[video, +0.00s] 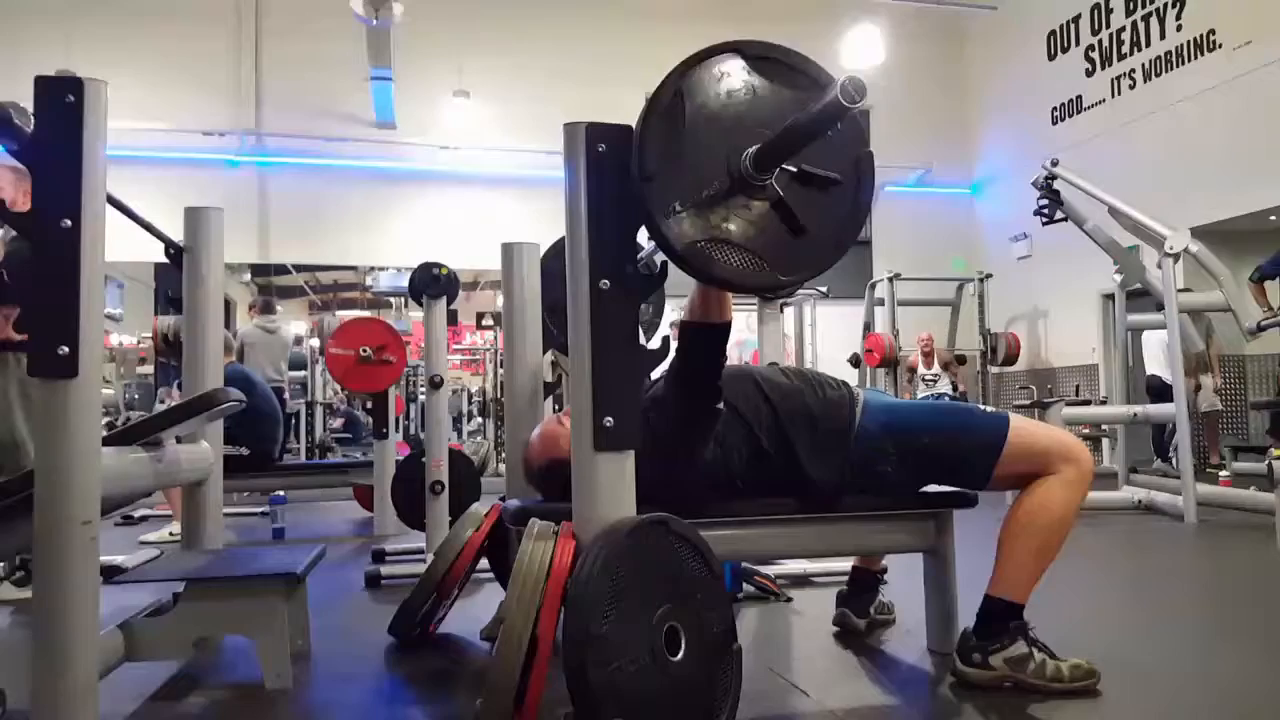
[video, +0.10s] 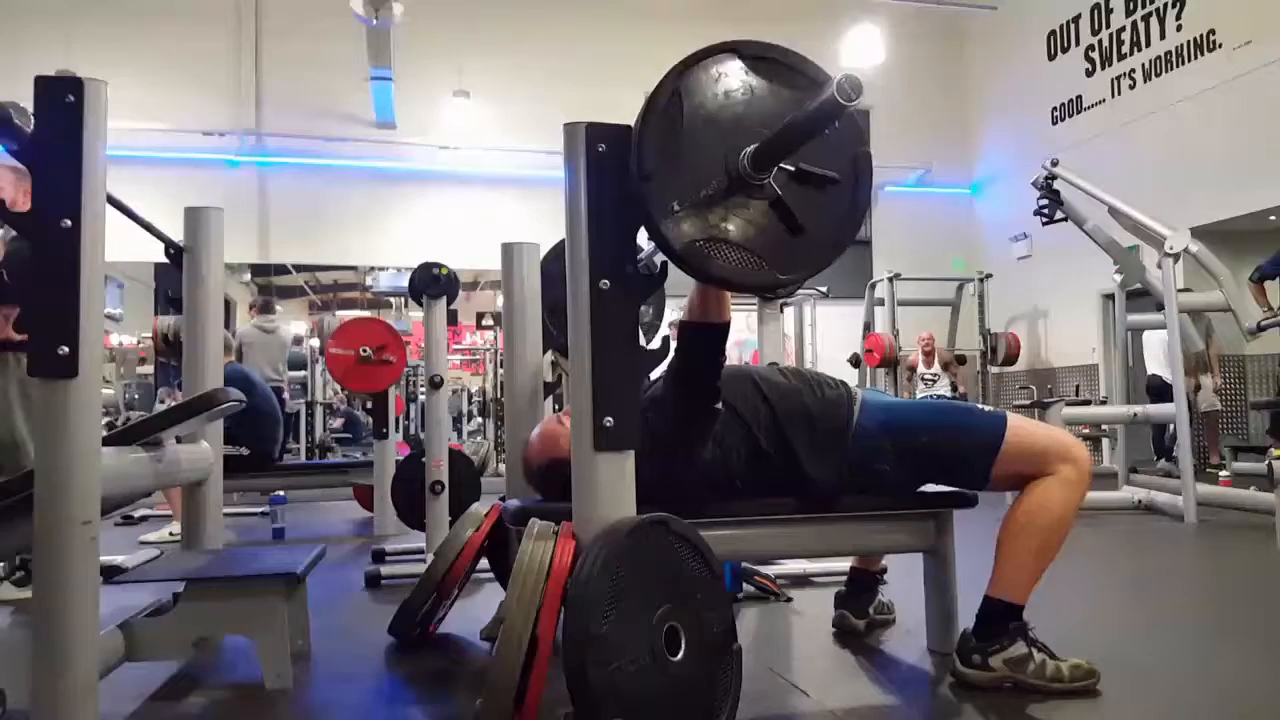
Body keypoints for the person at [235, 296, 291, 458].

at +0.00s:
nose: (252, 313)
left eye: (253, 310)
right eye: (252, 311)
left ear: (256, 311)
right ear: (275, 312)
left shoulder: (245, 333)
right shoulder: (286, 335)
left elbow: (238, 360)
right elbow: (285, 359)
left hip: (253, 388)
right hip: (278, 387)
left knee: (253, 428)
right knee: (280, 429)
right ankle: (277, 459)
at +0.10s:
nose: (251, 313)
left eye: (252, 311)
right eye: (252, 311)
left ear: (255, 312)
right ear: (274, 312)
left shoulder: (243, 332)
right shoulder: (285, 334)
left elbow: (237, 359)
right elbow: (284, 358)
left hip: (252, 387)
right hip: (277, 387)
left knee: (252, 427)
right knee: (280, 427)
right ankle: (277, 458)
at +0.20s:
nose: (249, 313)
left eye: (250, 310)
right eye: (250, 310)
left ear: (253, 311)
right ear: (272, 312)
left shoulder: (241, 332)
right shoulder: (282, 333)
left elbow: (235, 359)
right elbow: (284, 363)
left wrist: (236, 383)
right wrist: (285, 390)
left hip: (249, 388)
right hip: (274, 389)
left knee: (249, 429)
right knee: (278, 430)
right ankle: (276, 460)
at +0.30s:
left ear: (250, 311)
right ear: (267, 312)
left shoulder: (237, 333)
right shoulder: (278, 333)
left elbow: (233, 361)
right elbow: (282, 363)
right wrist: (285, 389)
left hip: (245, 387)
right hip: (271, 389)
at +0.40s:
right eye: (266, 310)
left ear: (246, 311)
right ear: (265, 312)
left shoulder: (232, 333)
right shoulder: (274, 334)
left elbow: (226, 359)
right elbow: (282, 363)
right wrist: (285, 390)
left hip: (239, 389)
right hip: (266, 390)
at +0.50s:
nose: (264, 315)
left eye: (264, 312)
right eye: (263, 312)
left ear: (241, 311)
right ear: (261, 311)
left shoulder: (226, 331)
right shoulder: (272, 333)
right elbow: (282, 362)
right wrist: (285, 389)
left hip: (234, 388)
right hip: (263, 390)